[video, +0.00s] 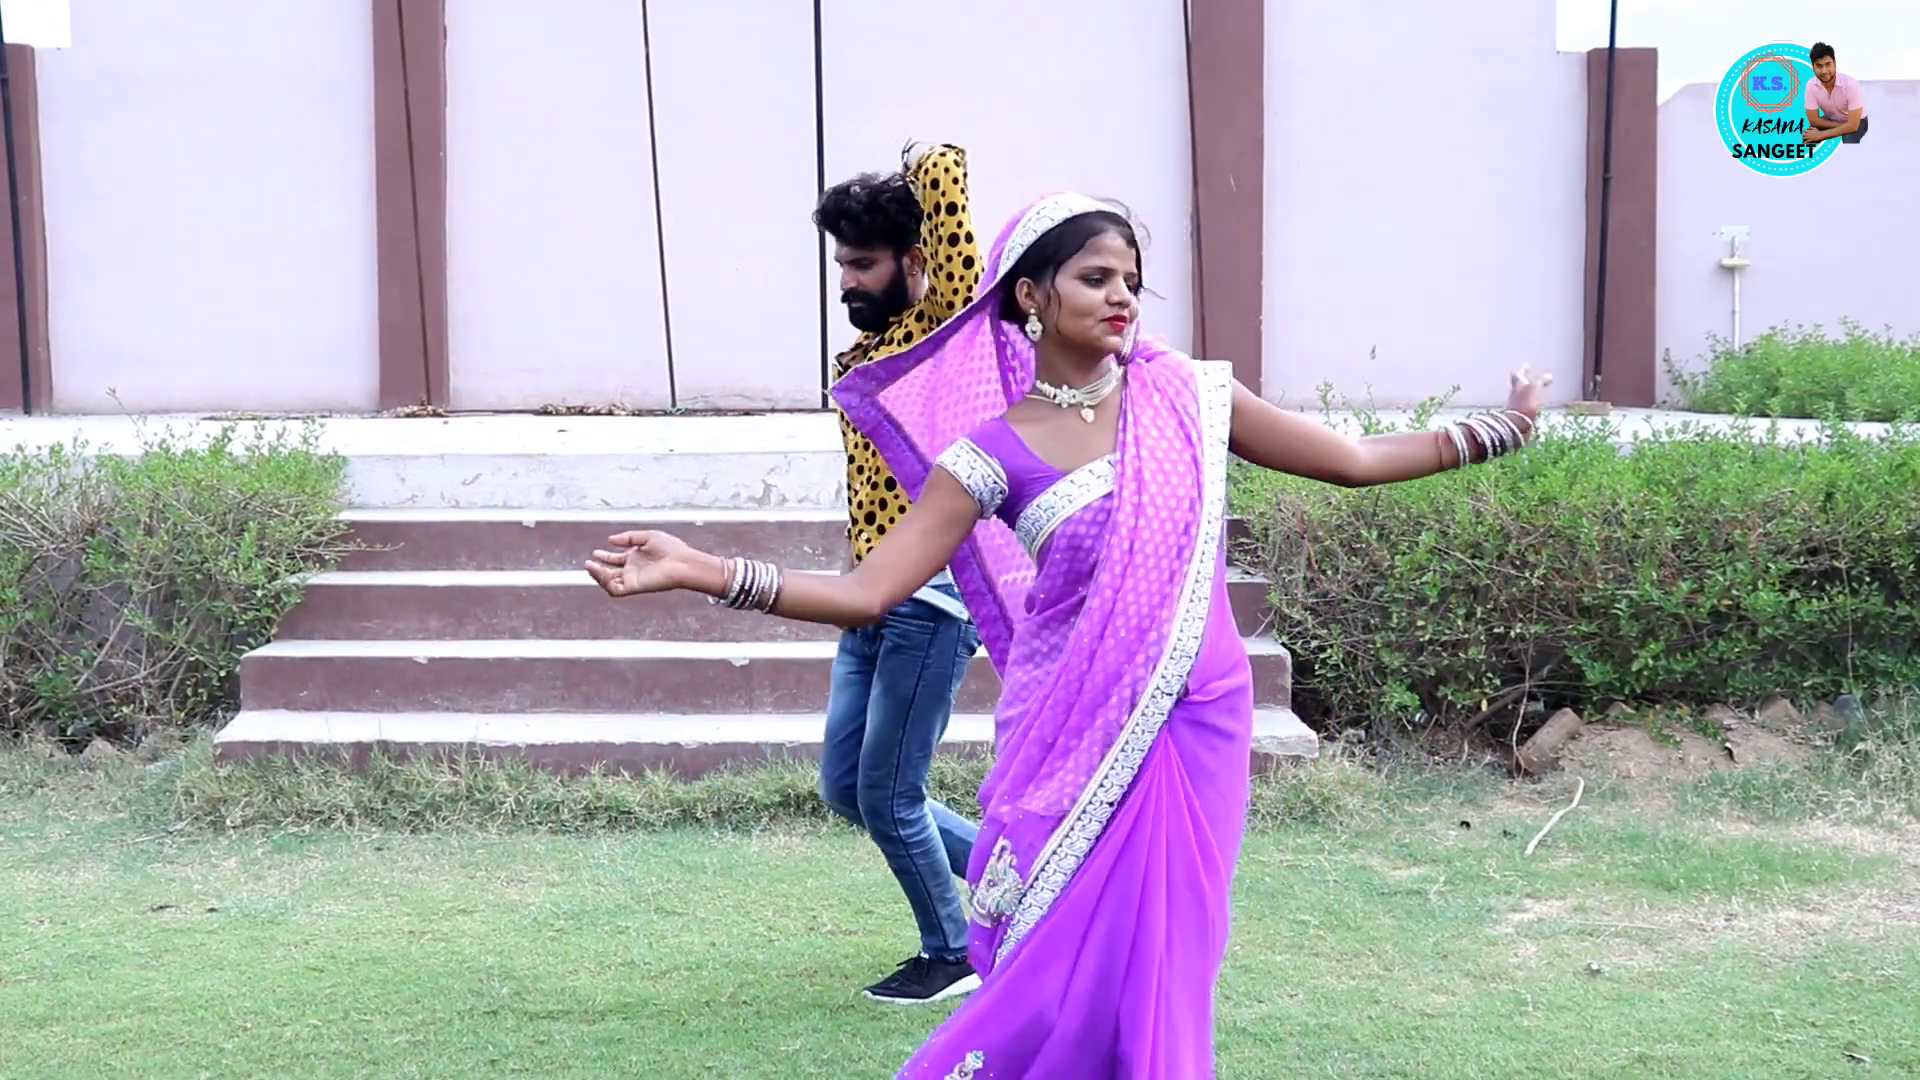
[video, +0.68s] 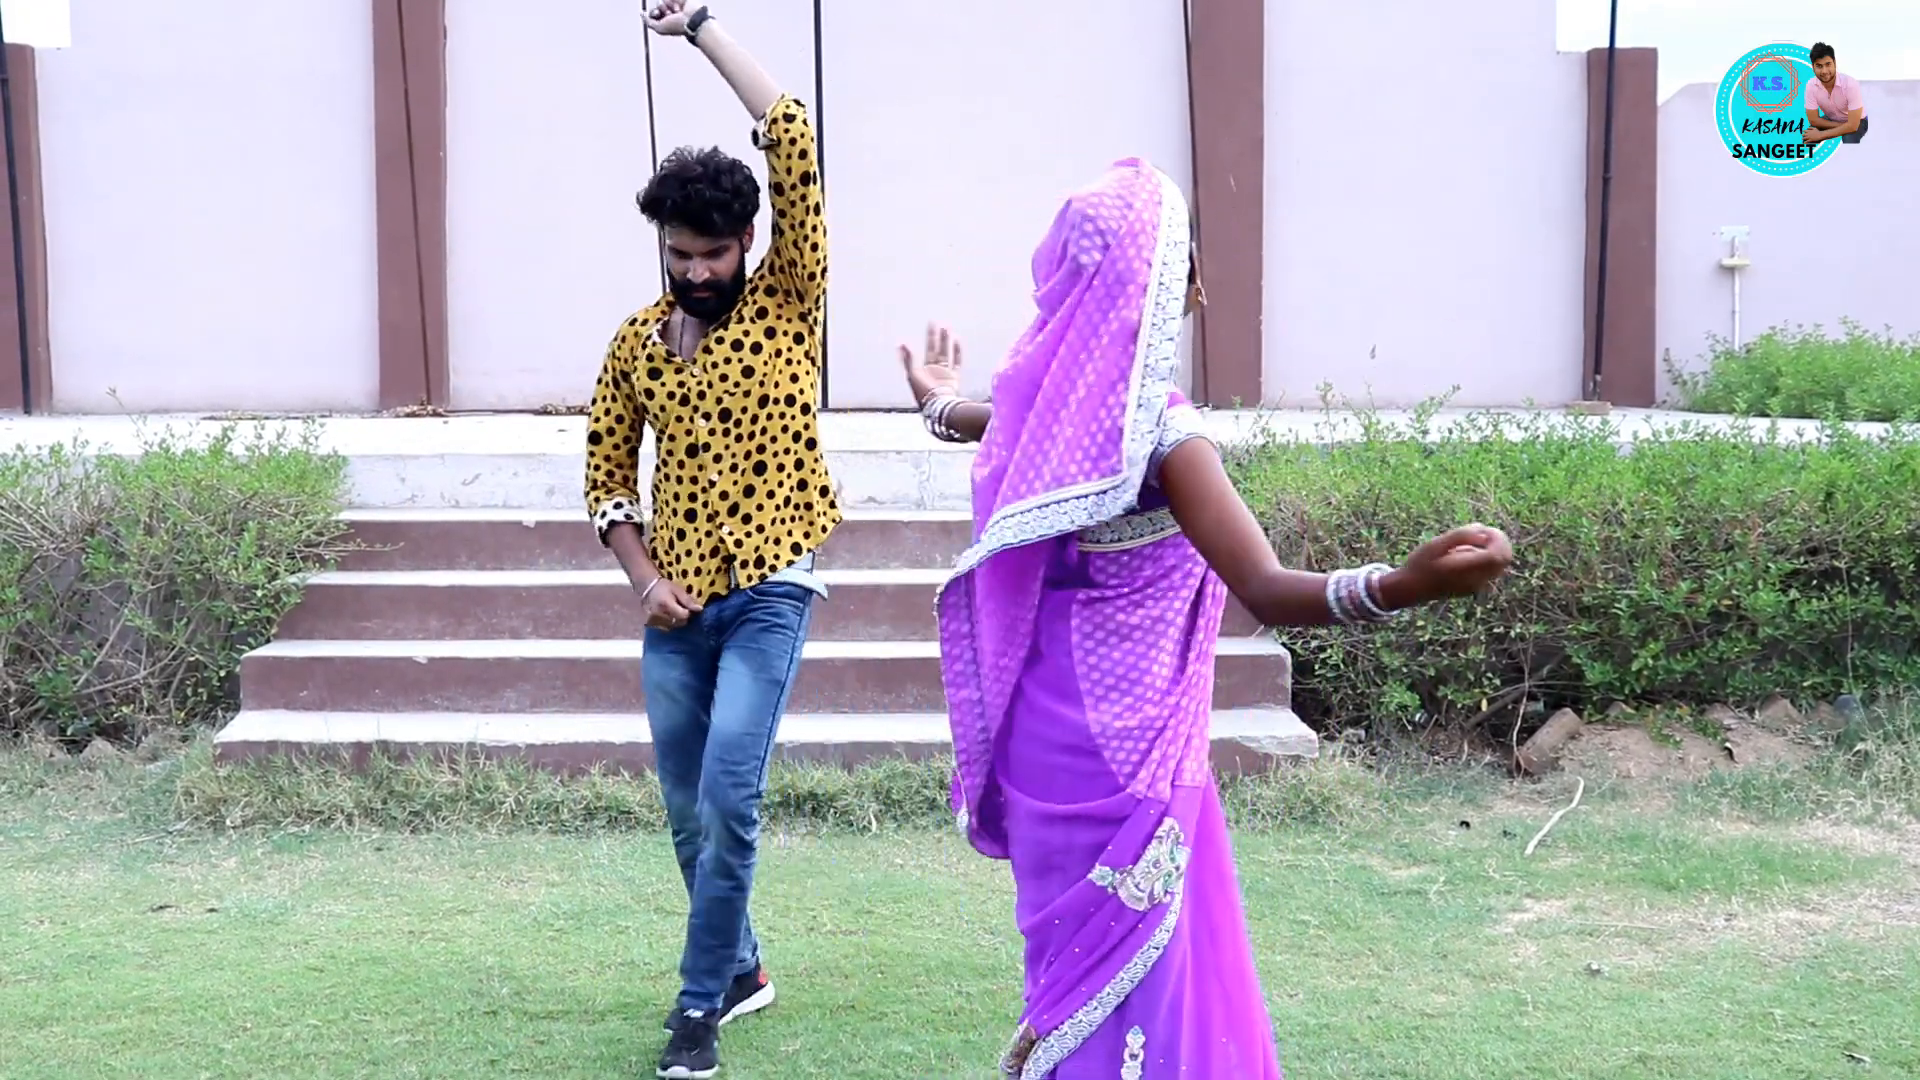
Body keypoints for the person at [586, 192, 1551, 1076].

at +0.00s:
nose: (1124, 302)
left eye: (1131, 284)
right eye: (1100, 284)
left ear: (1136, 293)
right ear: (1033, 296)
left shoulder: (1186, 392)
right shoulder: (993, 451)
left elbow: (1357, 458)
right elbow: (866, 593)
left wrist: (1492, 433)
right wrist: (705, 570)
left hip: (1204, 724)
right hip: (1073, 741)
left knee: (1171, 985)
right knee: (1070, 993)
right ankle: (973, 1071)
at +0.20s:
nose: (1147, 271)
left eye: (1147, 252)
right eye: (1127, 253)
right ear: (1056, 272)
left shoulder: (1158, 361)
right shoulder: (999, 424)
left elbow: (1269, 409)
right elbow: (911, 565)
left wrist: (1362, 370)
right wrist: (803, 578)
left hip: (1194, 703)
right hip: (1078, 723)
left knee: (1192, 947)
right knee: (1089, 960)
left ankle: (1192, 1067)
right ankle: (1077, 1069)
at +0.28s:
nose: (1158, 267)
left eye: (1155, 248)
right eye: (1139, 249)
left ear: (1097, 268)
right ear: (1076, 268)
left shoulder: (1142, 360)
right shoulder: (1012, 417)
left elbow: (1223, 399)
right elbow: (946, 575)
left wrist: (1314, 370)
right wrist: (891, 581)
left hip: (1179, 697)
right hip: (1077, 716)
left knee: (1186, 944)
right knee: (1092, 954)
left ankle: (1186, 1066)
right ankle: (1081, 1069)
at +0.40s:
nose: (1164, 280)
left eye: (1157, 262)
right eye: (1152, 264)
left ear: (1101, 285)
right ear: (1109, 283)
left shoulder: (1126, 385)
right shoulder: (1046, 446)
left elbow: (1159, 414)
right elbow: (1026, 615)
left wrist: (1204, 382)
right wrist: (996, 614)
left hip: (1165, 733)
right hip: (1090, 759)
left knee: (1193, 970)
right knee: (1101, 992)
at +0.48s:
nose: (1172, 286)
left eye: (1165, 266)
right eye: (1163, 266)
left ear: (1097, 293)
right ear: (1134, 286)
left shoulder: (1120, 402)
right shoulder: (1074, 444)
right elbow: (1084, 621)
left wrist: (1142, 402)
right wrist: (1120, 624)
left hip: (1155, 736)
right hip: (1100, 759)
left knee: (1176, 966)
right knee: (1112, 985)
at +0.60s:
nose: (1188, 268)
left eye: (1181, 249)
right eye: (1182, 250)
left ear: (1069, 272)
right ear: (1167, 270)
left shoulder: (1038, 382)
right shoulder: (1128, 417)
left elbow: (992, 581)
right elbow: (1200, 591)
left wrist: (988, 741)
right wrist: (1299, 596)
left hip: (1056, 721)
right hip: (1114, 739)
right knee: (1116, 986)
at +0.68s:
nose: (1198, 287)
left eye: (1190, 263)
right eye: (1185, 265)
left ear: (1070, 279)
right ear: (1147, 281)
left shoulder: (1027, 403)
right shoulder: (1161, 429)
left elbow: (964, 418)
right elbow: (1264, 590)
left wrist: (935, 395)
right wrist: (1402, 583)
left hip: (1029, 747)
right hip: (1131, 759)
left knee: (1061, 997)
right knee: (1148, 1001)